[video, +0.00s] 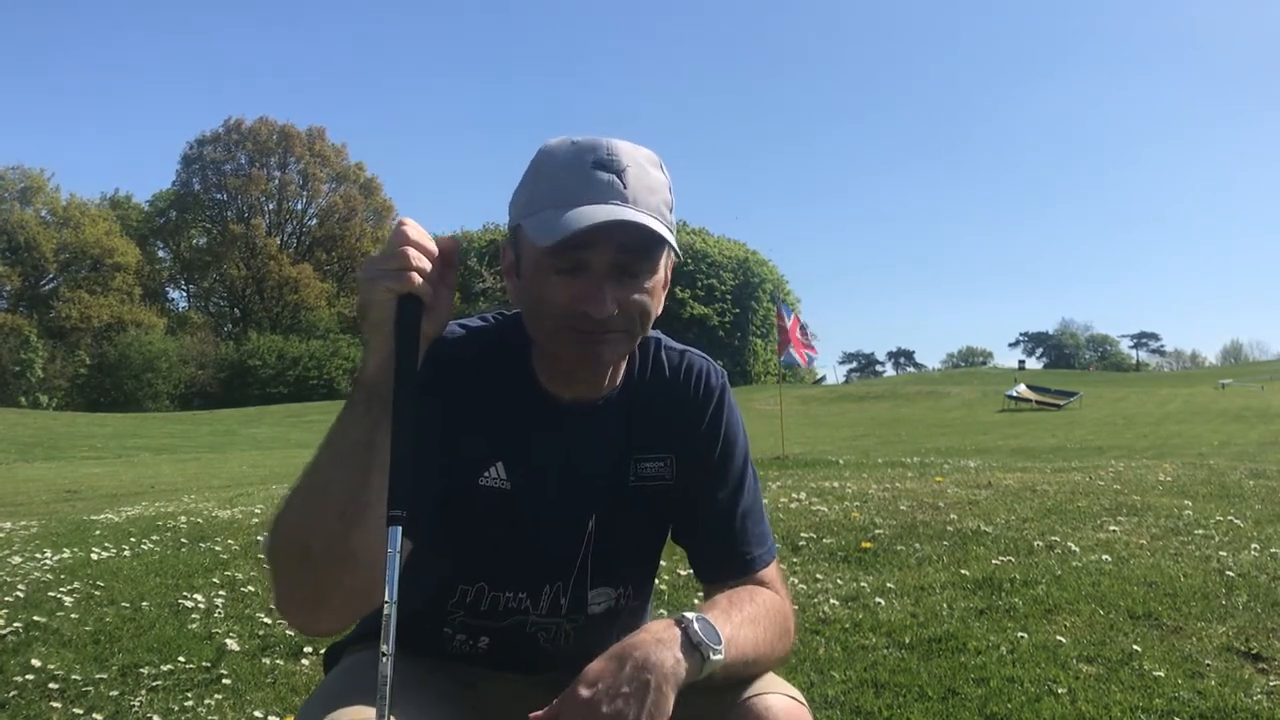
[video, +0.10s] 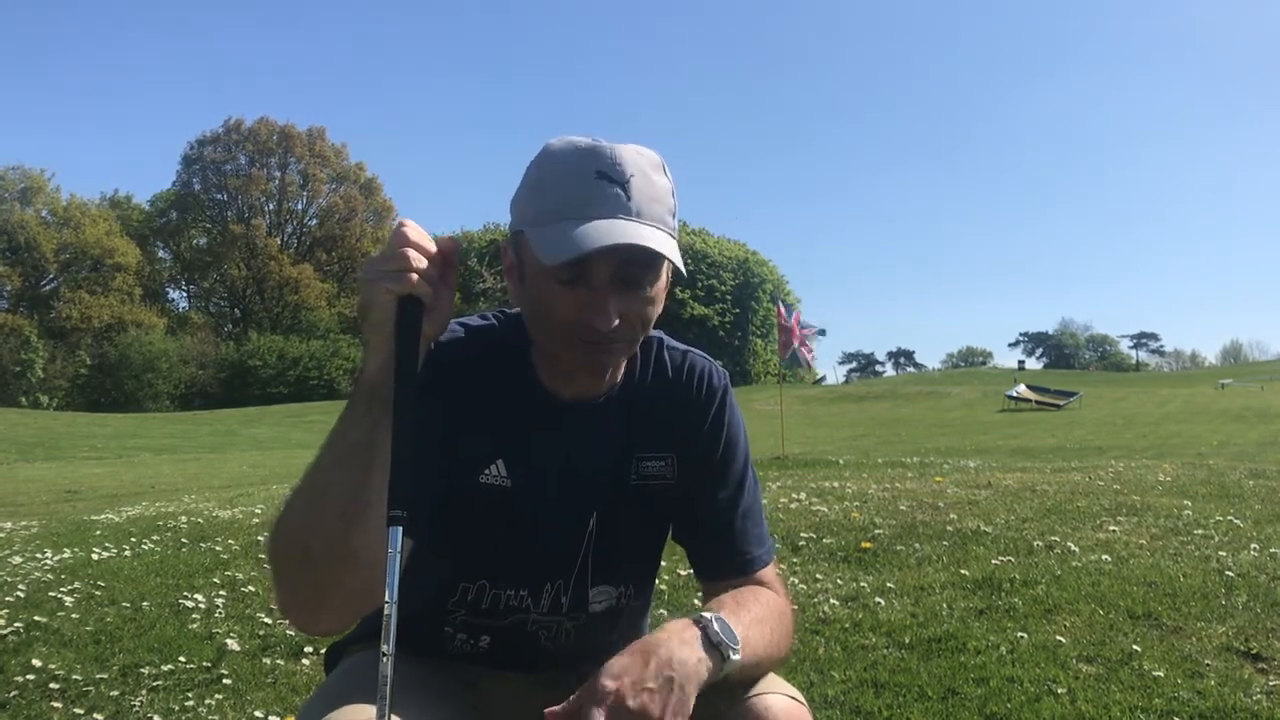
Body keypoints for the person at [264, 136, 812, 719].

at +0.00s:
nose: (600, 302)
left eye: (630, 270)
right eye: (568, 266)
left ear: (665, 280)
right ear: (511, 267)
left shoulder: (689, 391)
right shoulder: (437, 371)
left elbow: (764, 604)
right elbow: (310, 608)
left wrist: (676, 645)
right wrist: (382, 370)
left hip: (612, 670)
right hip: (432, 668)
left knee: (778, 709)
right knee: (344, 711)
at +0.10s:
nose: (604, 312)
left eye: (633, 278)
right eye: (573, 276)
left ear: (667, 279)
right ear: (513, 269)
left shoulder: (690, 392)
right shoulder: (439, 369)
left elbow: (761, 600)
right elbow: (312, 606)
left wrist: (694, 643)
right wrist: (384, 369)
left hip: (610, 673)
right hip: (432, 670)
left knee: (778, 710)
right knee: (346, 713)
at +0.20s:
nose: (610, 316)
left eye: (636, 280)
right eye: (578, 279)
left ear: (668, 277)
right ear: (514, 270)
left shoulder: (692, 392)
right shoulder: (436, 368)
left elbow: (755, 590)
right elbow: (312, 607)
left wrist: (721, 640)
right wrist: (381, 368)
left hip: (608, 672)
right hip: (431, 671)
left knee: (778, 710)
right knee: (349, 714)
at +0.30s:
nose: (610, 316)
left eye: (638, 281)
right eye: (578, 279)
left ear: (668, 278)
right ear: (514, 269)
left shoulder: (692, 392)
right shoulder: (435, 370)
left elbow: (752, 587)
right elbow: (312, 607)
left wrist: (748, 624)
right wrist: (379, 368)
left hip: (606, 672)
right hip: (433, 673)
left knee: (780, 711)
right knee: (352, 715)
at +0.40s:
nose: (609, 316)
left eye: (637, 280)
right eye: (577, 280)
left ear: (666, 277)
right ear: (513, 269)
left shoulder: (690, 390)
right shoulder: (434, 369)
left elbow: (744, 576)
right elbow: (312, 608)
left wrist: (764, 612)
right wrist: (379, 368)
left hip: (606, 669)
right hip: (435, 671)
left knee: (781, 710)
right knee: (355, 713)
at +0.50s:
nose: (607, 314)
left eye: (635, 278)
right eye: (575, 277)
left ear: (665, 276)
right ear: (511, 266)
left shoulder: (688, 389)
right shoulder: (435, 367)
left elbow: (743, 576)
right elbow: (314, 609)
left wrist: (767, 603)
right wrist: (379, 371)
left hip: (606, 666)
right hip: (435, 670)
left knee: (781, 707)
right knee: (360, 713)